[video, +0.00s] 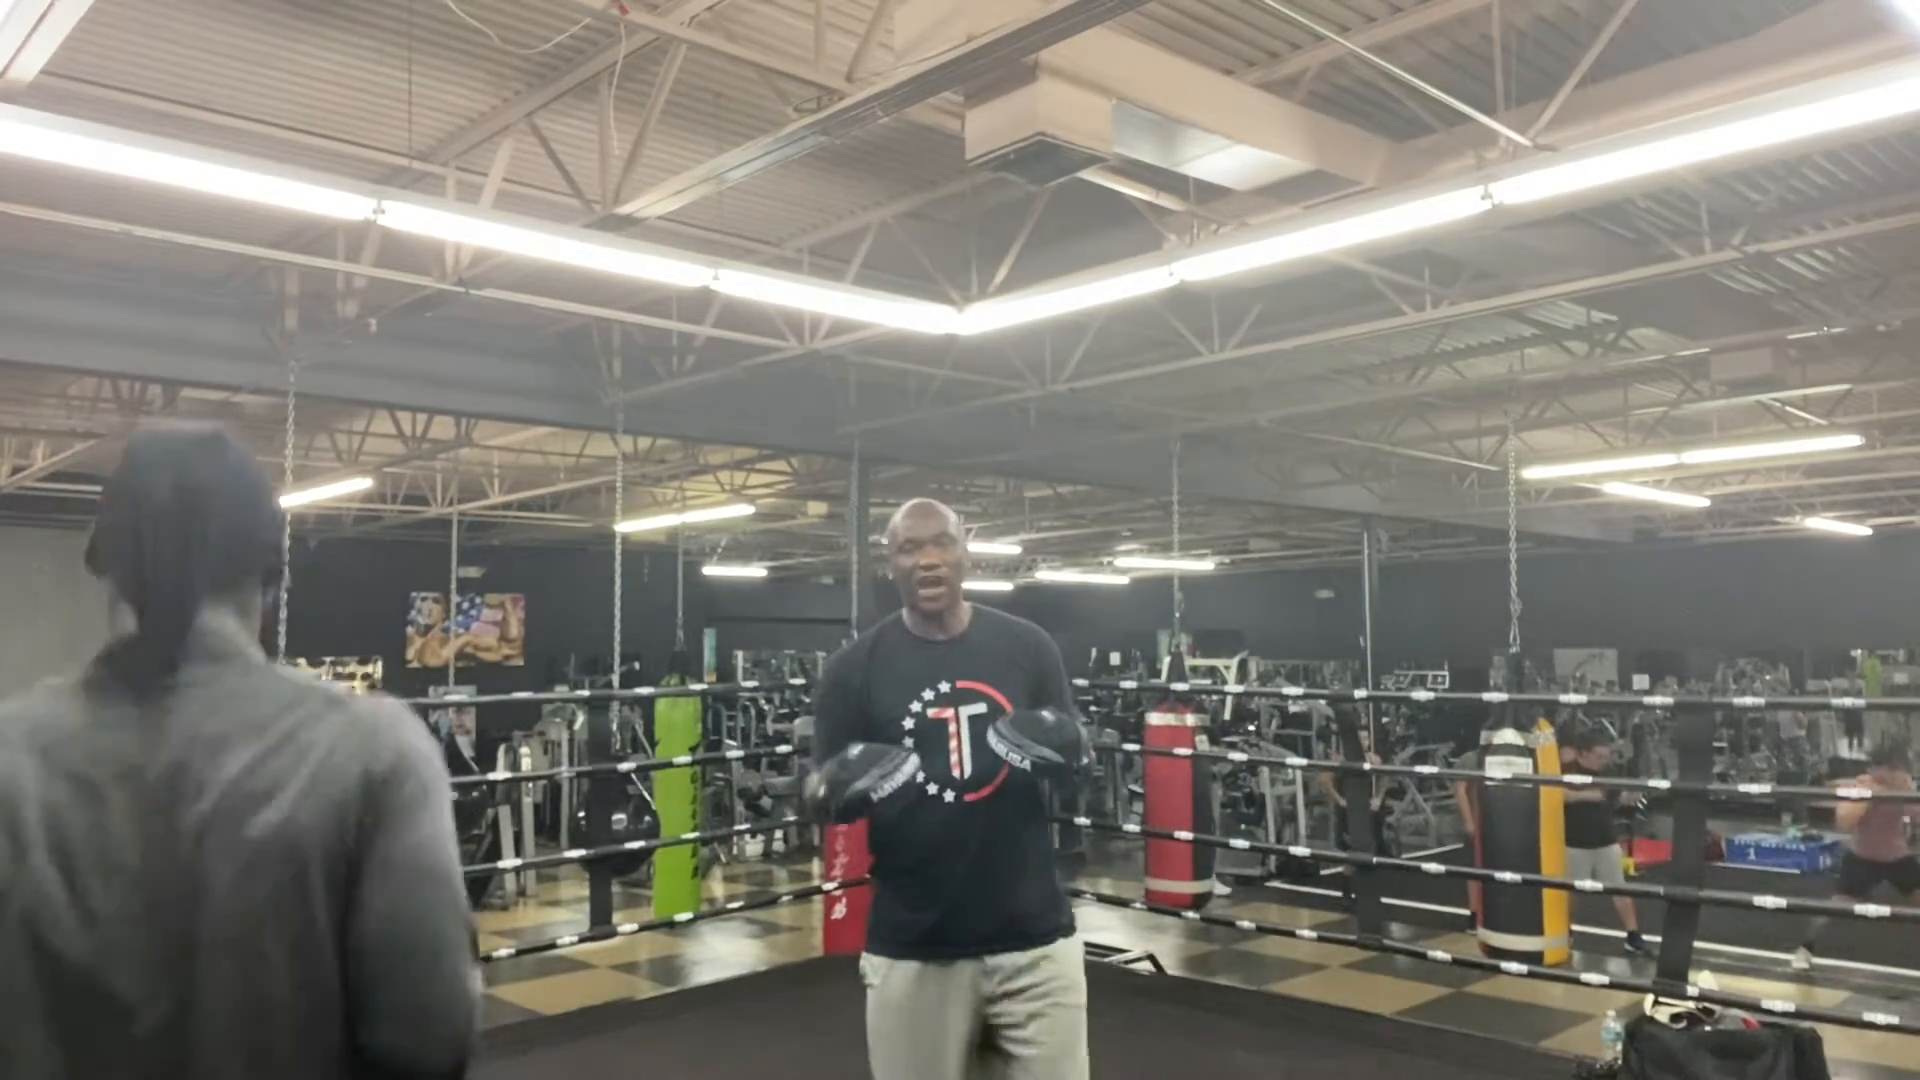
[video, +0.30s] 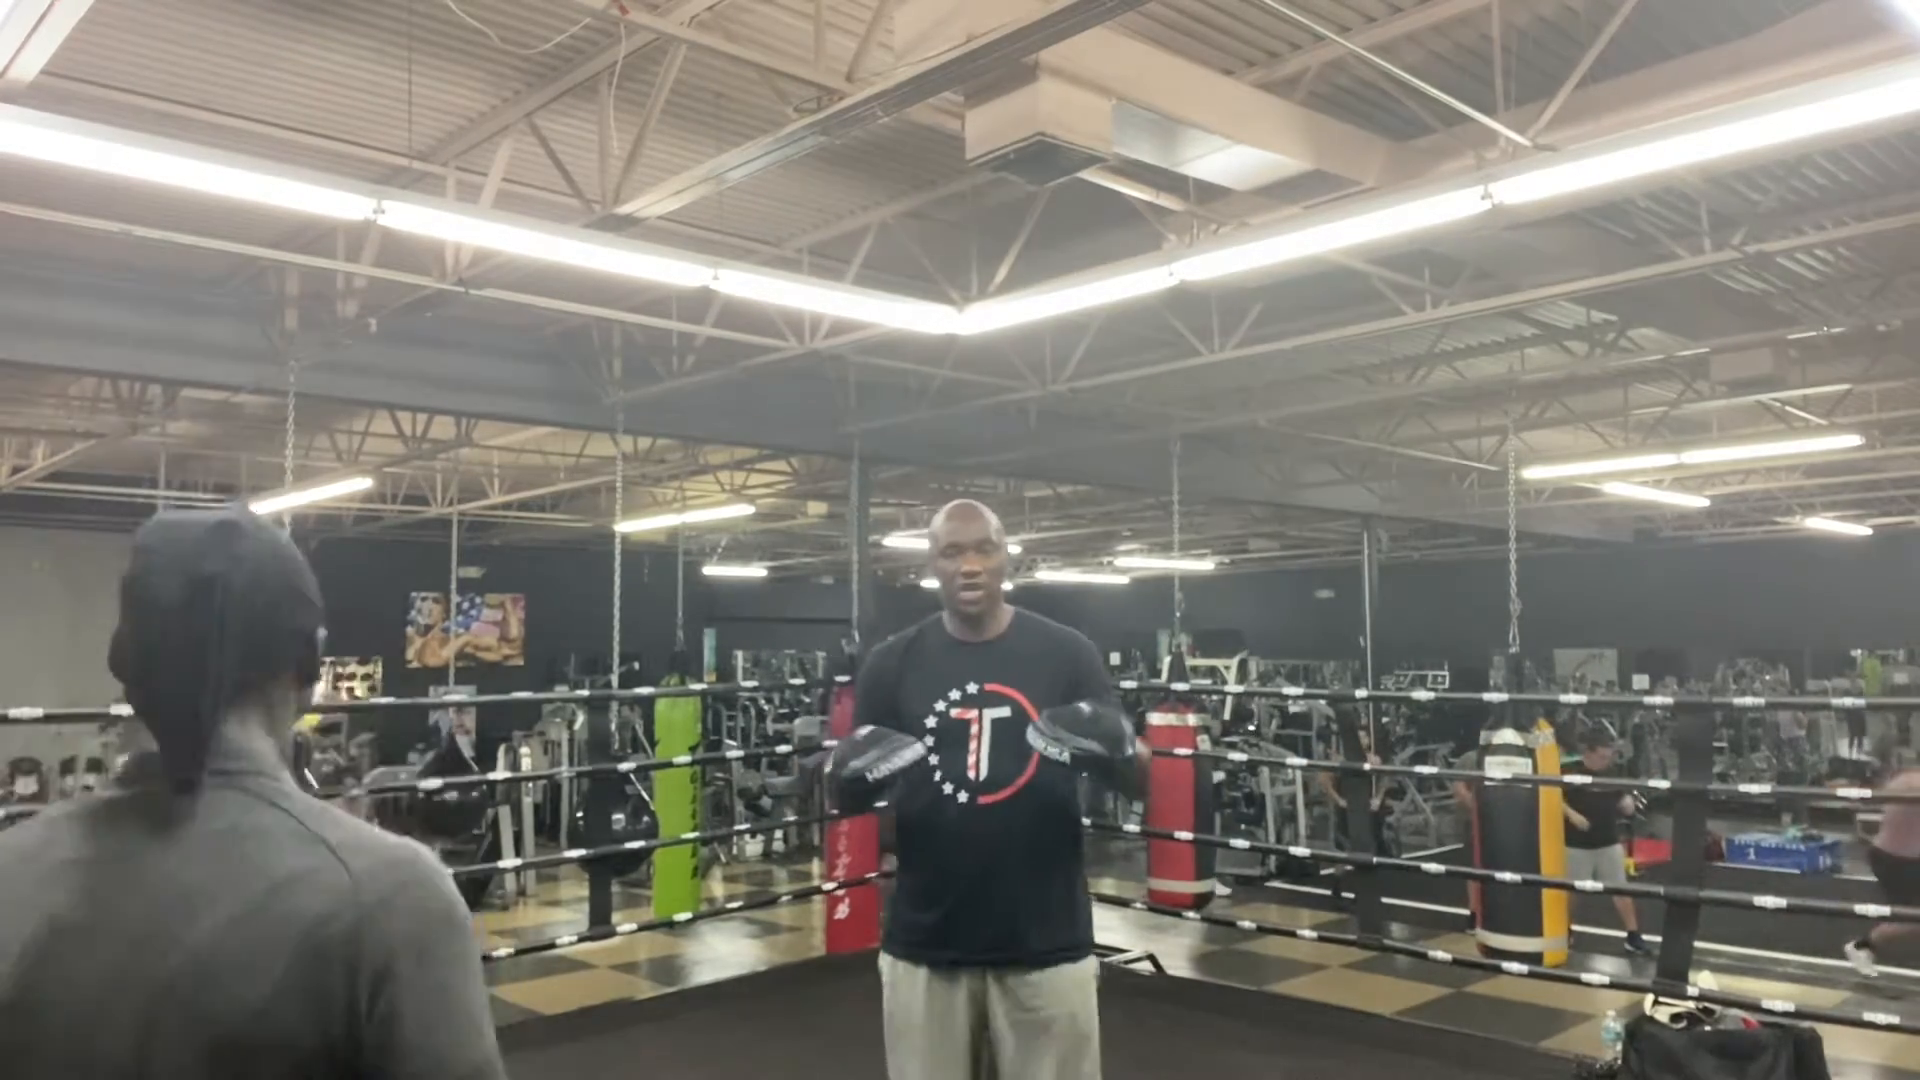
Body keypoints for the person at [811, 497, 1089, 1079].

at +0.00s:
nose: (928, 559)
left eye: (942, 543)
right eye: (911, 547)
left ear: (965, 554)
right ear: (890, 564)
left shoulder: (1031, 648)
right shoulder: (852, 669)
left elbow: (1074, 793)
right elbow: (820, 794)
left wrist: (1068, 755)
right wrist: (835, 789)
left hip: (1034, 942)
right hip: (913, 950)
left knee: (1058, 1072)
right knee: (914, 1073)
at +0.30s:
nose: (970, 565)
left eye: (983, 549)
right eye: (953, 552)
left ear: (1007, 558)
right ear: (932, 565)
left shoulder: (1069, 656)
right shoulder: (891, 665)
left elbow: (1139, 782)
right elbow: (849, 794)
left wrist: (1117, 750)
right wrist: (849, 780)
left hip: (1046, 944)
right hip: (926, 945)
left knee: (1056, 1073)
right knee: (925, 1073)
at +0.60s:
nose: (1057, 561)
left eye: (1074, 546)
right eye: (1042, 547)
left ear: (1102, 556)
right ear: (1024, 560)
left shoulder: (1140, 652)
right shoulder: (980, 644)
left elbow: (1146, 804)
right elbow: (944, 768)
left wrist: (1158, 699)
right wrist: (894, 751)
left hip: (1090, 945)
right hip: (976, 936)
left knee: (1083, 1073)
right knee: (947, 1072)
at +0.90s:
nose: (1082, 568)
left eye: (1100, 552)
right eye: (1068, 553)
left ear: (1131, 560)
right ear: (1052, 562)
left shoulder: (1170, 666)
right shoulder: (1021, 639)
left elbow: (1177, 806)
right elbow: (973, 761)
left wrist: (1086, 772)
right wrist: (988, 753)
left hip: (1113, 959)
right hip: (1008, 943)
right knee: (993, 1072)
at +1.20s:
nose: (1080, 567)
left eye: (1097, 551)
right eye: (1065, 553)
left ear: (1127, 562)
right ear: (1049, 565)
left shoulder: (1178, 671)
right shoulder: (1027, 649)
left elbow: (1224, 798)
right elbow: (1010, 762)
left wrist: (1123, 795)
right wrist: (980, 777)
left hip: (1115, 961)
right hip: (1009, 943)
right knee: (983, 1070)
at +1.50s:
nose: (1064, 569)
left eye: (1081, 555)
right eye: (1050, 555)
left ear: (1108, 568)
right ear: (1033, 568)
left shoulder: (1153, 669)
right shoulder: (1004, 654)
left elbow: (1193, 797)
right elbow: (973, 761)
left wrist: (1121, 774)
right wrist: (970, 765)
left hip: (1106, 943)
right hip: (1013, 929)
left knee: (1105, 1072)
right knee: (1029, 1071)